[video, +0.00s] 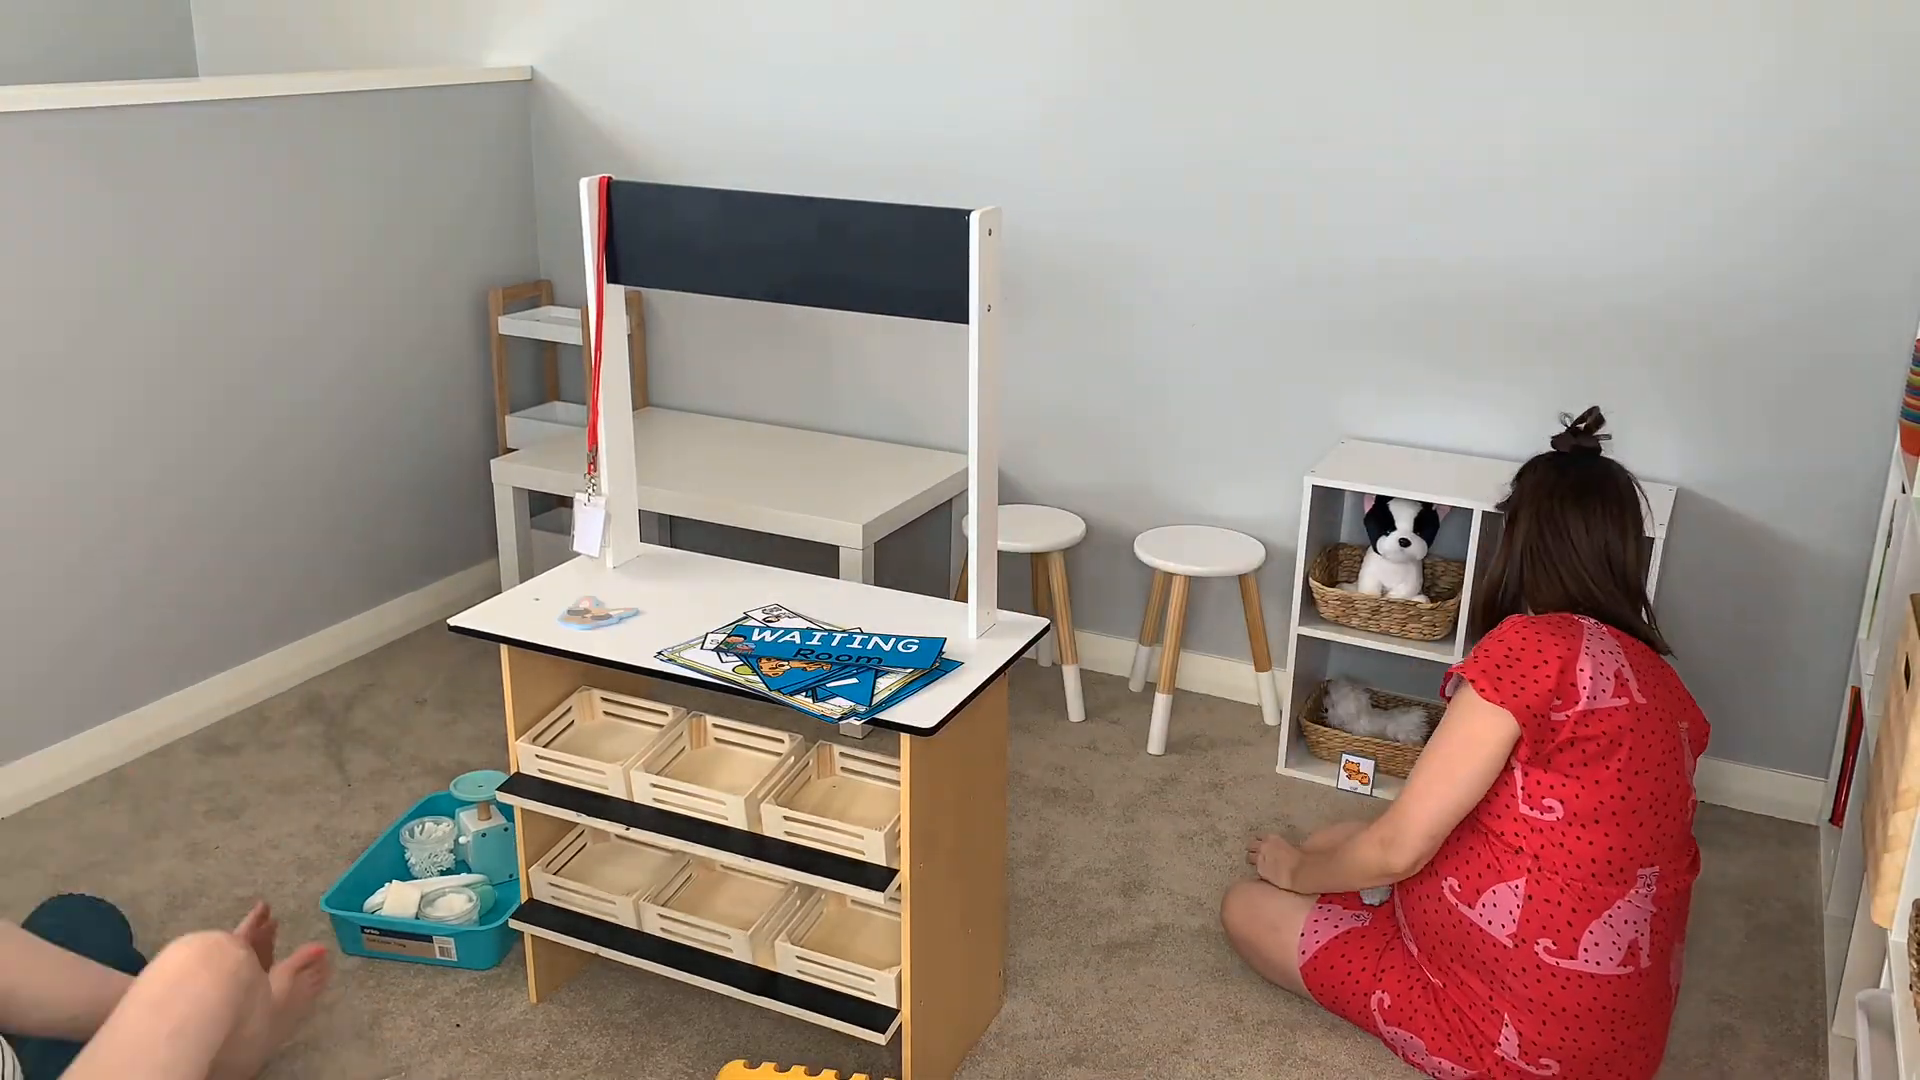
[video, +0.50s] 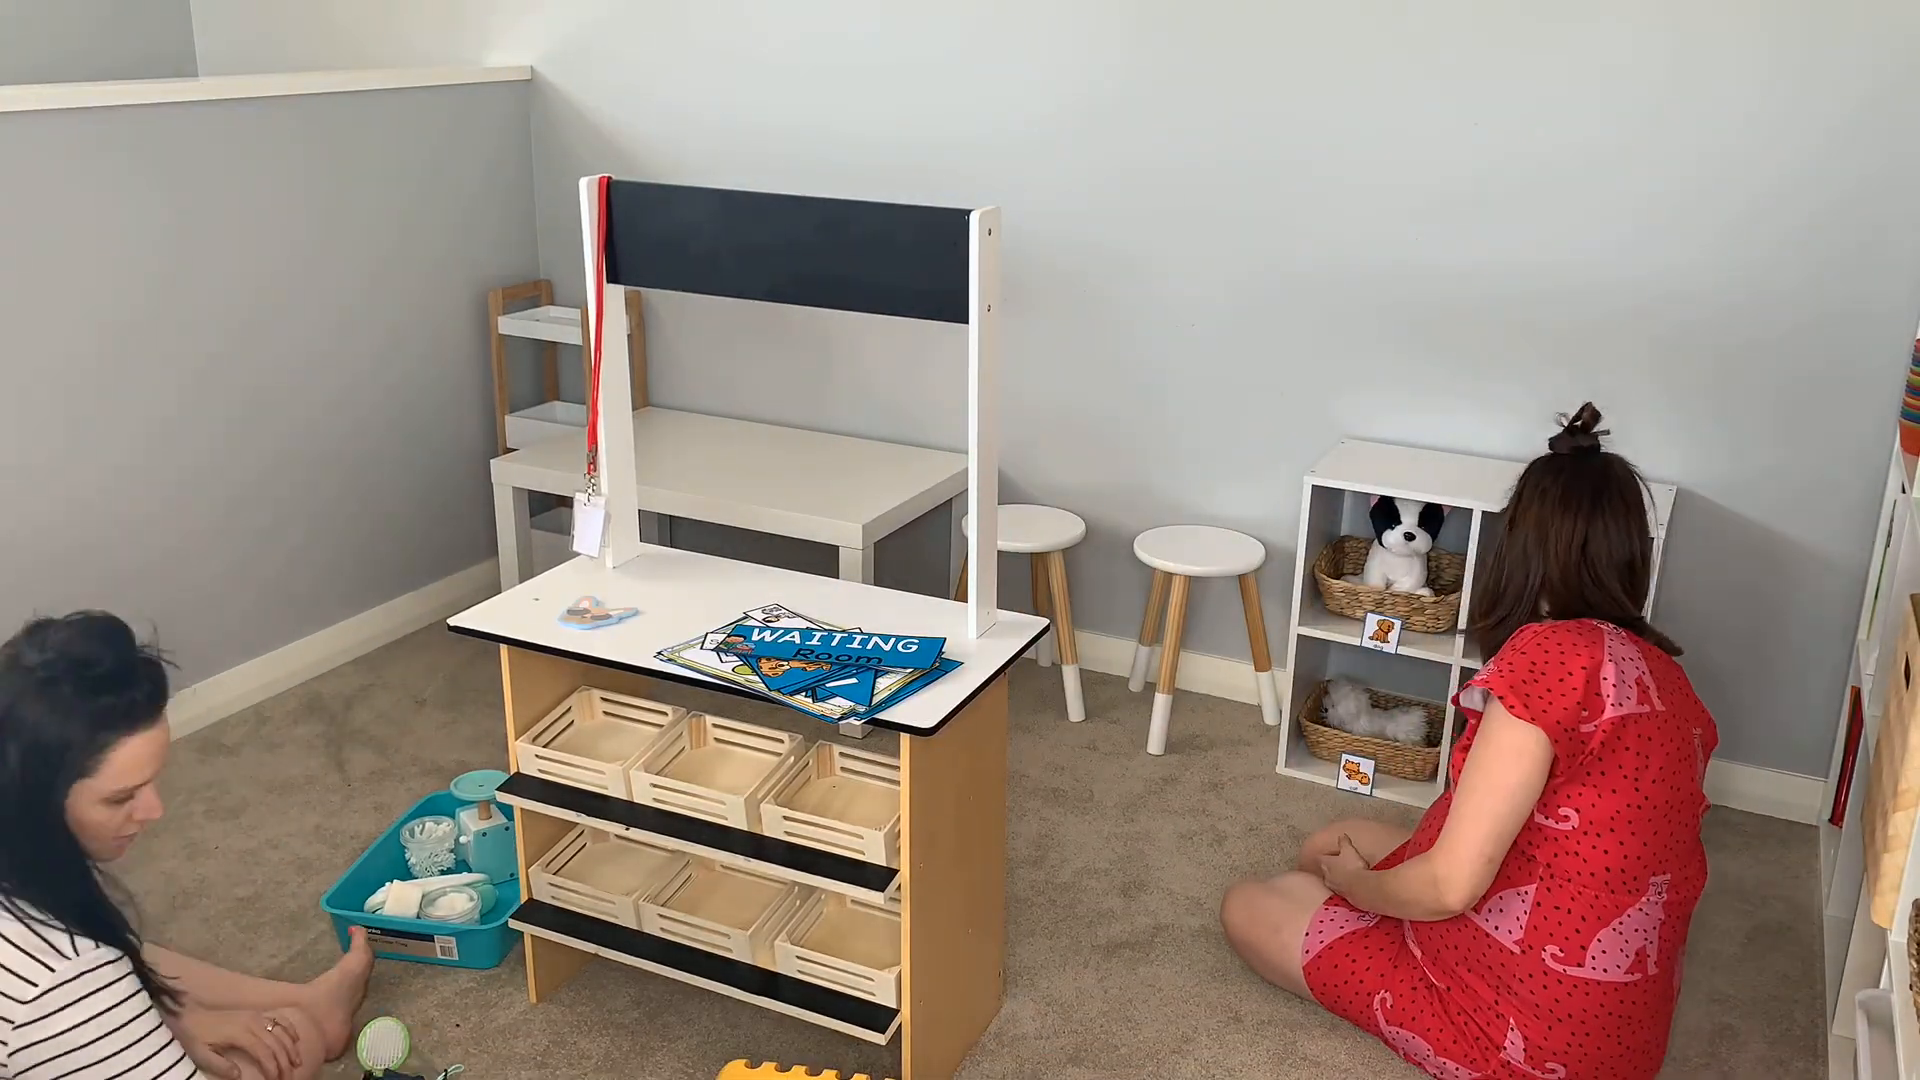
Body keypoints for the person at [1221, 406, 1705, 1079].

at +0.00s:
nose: (1501, 552)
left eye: (1507, 533)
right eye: (1507, 534)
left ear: (1520, 543)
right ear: (1625, 554)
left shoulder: (1534, 646)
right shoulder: (1663, 677)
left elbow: (1393, 850)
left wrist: (1295, 867)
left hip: (1510, 1029)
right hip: (1625, 1025)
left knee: (1246, 903)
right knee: (1343, 831)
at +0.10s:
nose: (1494, 539)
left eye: (1504, 524)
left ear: (1518, 533)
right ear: (1616, 554)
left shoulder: (1503, 635)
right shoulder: (1624, 665)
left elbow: (1379, 844)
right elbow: (1477, 801)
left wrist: (1292, 867)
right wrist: (1395, 683)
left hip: (1508, 1027)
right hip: (1623, 1019)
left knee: (1245, 905)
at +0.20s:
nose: (1504, 551)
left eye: (1509, 533)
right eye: (1509, 533)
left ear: (1523, 541)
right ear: (1623, 549)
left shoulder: (1535, 654)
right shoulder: (1671, 682)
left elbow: (1394, 857)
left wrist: (1297, 867)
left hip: (1506, 1029)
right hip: (1626, 1028)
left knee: (1246, 903)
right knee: (1345, 831)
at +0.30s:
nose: (1496, 553)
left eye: (1500, 534)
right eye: (1502, 534)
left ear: (1515, 542)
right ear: (1614, 544)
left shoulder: (1549, 644)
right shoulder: (1664, 664)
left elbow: (1445, 870)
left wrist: (1354, 875)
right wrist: (1393, 849)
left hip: (1528, 1025)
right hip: (1627, 1012)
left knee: (1249, 905)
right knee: (1339, 835)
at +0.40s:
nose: (1482, 556)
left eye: (1488, 538)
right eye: (1489, 538)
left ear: (1504, 547)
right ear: (1607, 545)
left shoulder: (1536, 654)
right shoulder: (1658, 665)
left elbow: (1441, 887)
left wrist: (1352, 885)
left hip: (1529, 1025)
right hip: (1629, 1007)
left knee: (1249, 904)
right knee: (1343, 831)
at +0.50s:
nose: (1505, 551)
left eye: (1511, 534)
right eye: (1510, 534)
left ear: (1527, 543)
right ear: (1629, 552)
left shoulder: (1551, 655)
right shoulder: (1668, 673)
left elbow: (1449, 885)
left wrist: (1352, 881)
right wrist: (1391, 852)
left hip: (1528, 1029)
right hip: (1628, 1016)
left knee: (1250, 904)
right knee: (1342, 835)